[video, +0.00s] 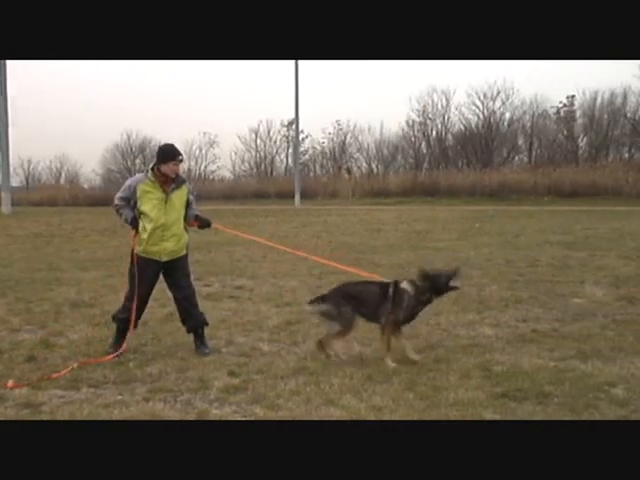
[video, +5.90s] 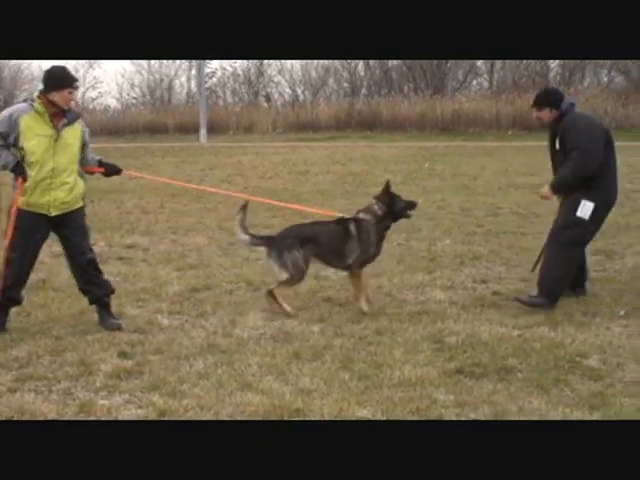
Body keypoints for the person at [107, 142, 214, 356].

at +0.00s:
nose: (177, 168)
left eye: (179, 164)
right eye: (173, 164)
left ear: (179, 164)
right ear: (160, 164)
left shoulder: (183, 186)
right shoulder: (138, 183)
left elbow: (189, 209)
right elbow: (120, 202)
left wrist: (196, 220)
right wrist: (133, 219)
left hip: (176, 253)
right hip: (147, 253)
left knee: (186, 296)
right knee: (136, 299)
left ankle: (200, 339)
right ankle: (118, 340)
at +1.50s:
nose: (156, 170)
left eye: (157, 166)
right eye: (152, 166)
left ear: (156, 167)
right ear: (138, 166)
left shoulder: (161, 192)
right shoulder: (113, 185)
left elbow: (166, 218)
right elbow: (91, 206)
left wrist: (174, 227)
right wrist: (108, 223)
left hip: (152, 259)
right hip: (121, 259)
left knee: (167, 303)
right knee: (113, 307)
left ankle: (185, 346)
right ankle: (99, 348)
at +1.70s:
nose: (132, 158)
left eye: (133, 154)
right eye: (127, 153)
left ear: (130, 154)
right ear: (112, 154)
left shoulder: (139, 184)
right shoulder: (83, 176)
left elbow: (144, 215)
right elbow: (58, 200)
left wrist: (152, 224)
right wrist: (76, 218)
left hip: (129, 260)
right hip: (94, 260)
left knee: (145, 310)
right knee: (84, 315)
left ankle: (166, 361)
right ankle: (66, 361)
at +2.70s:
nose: (106, 130)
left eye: (108, 125)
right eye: (102, 124)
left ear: (108, 126)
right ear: (86, 124)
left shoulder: (114, 154)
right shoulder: (56, 148)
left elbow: (124, 184)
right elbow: (32, 171)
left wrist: (132, 197)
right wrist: (49, 192)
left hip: (104, 235)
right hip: (66, 236)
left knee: (121, 288)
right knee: (56, 293)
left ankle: (143, 340)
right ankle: (40, 343)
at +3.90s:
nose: (73, 116)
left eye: (76, 111)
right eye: (68, 111)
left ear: (77, 113)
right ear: (52, 111)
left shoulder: (83, 142)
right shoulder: (22, 136)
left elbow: (92, 172)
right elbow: (2, 164)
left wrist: (96, 184)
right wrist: (16, 181)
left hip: (74, 227)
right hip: (35, 227)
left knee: (88, 280)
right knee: (22, 284)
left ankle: (107, 334)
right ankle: (2, 329)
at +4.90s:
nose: (70, 109)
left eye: (73, 104)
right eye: (64, 104)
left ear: (75, 107)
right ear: (49, 105)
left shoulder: (84, 137)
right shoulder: (23, 134)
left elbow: (100, 166)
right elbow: (5, 163)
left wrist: (107, 180)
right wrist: (20, 181)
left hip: (79, 220)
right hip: (39, 222)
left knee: (94, 275)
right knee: (33, 278)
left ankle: (112, 332)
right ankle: (41, 321)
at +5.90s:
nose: (73, 95)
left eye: (73, 91)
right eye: (68, 90)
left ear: (68, 93)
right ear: (51, 91)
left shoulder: (76, 124)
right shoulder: (17, 116)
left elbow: (85, 159)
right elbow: (1, 146)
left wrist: (101, 165)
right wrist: (13, 164)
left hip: (69, 205)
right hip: (31, 206)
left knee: (84, 258)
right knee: (17, 263)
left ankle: (104, 310)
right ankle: (3, 313)